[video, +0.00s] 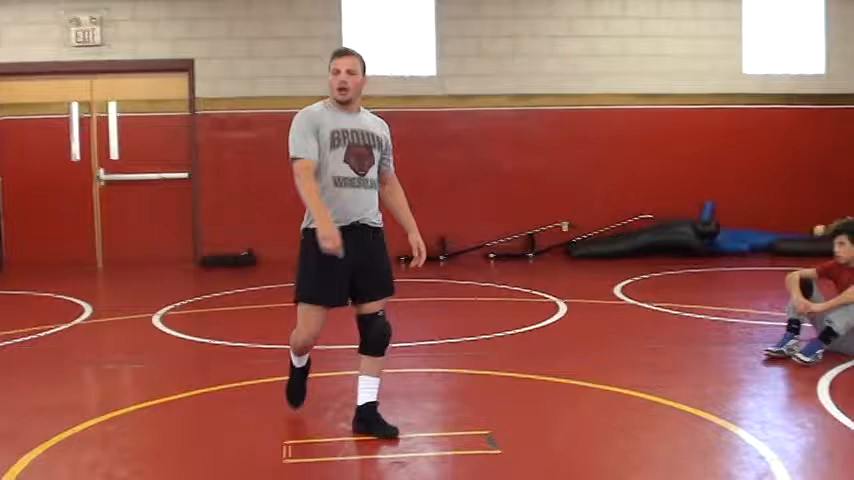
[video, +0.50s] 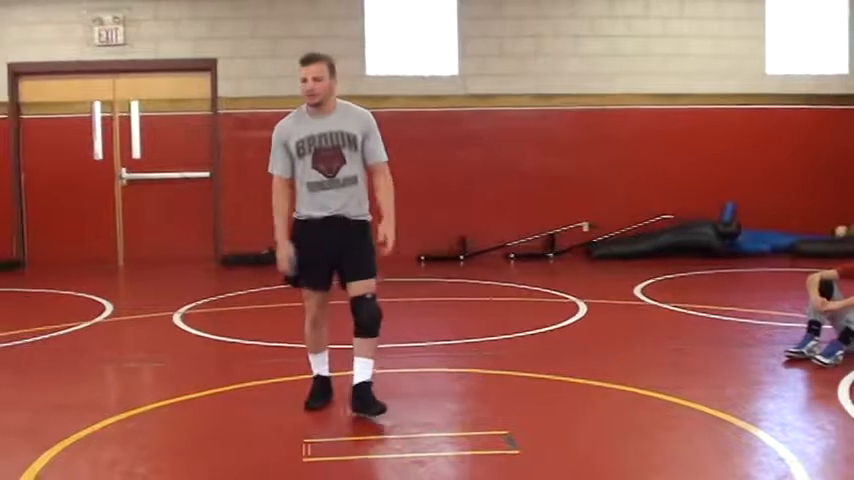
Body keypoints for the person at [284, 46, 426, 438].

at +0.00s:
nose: (343, 79)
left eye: (351, 73)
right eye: (337, 73)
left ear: (364, 81)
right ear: (328, 79)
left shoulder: (378, 127)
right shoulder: (309, 119)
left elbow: (388, 184)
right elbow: (304, 176)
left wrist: (412, 230)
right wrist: (323, 222)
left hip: (368, 235)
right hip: (322, 233)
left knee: (376, 330)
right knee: (307, 333)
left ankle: (366, 410)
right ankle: (300, 364)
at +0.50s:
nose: (310, 86)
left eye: (317, 79)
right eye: (304, 80)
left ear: (333, 82)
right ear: (299, 84)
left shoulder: (361, 120)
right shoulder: (286, 130)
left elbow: (380, 173)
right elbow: (281, 186)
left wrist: (388, 220)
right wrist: (282, 240)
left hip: (355, 226)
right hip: (310, 228)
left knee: (366, 311)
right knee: (314, 309)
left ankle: (362, 388)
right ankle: (321, 380)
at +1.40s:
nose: (385, 89)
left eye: (386, 83)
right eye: (379, 84)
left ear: (372, 87)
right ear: (357, 86)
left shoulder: (389, 123)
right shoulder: (328, 125)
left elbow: (400, 172)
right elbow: (310, 177)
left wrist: (414, 214)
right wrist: (359, 170)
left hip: (383, 221)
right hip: (345, 224)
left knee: (396, 299)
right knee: (336, 303)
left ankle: (392, 371)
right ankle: (325, 379)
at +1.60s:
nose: (413, 93)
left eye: (413, 87)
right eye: (408, 87)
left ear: (399, 88)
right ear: (386, 86)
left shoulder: (408, 128)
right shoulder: (353, 123)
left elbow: (415, 177)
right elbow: (332, 173)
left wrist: (427, 221)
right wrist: (381, 171)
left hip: (398, 223)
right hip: (361, 224)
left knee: (399, 300)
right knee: (351, 303)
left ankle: (392, 372)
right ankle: (331, 376)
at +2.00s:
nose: (445, 99)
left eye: (447, 93)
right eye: (441, 92)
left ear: (433, 93)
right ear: (420, 88)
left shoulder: (437, 132)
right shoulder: (383, 122)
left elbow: (440, 183)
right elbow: (356, 170)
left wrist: (454, 228)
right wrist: (346, 222)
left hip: (418, 221)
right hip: (385, 221)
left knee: (408, 294)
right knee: (413, 292)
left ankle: (392, 370)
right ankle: (433, 368)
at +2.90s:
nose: (520, 92)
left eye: (521, 86)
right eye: (515, 86)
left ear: (504, 87)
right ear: (492, 85)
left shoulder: (504, 121)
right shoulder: (465, 124)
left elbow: (505, 176)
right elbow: (455, 182)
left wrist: (529, 216)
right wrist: (499, 217)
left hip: (505, 226)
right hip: (472, 230)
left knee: (529, 307)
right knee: (479, 307)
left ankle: (529, 383)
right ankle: (476, 385)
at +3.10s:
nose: (541, 92)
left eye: (541, 85)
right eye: (535, 85)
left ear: (523, 86)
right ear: (512, 85)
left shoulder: (526, 123)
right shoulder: (482, 125)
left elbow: (522, 184)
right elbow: (471, 185)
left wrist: (534, 229)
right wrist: (498, 235)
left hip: (523, 229)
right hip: (488, 232)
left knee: (541, 312)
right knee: (486, 311)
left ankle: (550, 393)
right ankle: (477, 383)